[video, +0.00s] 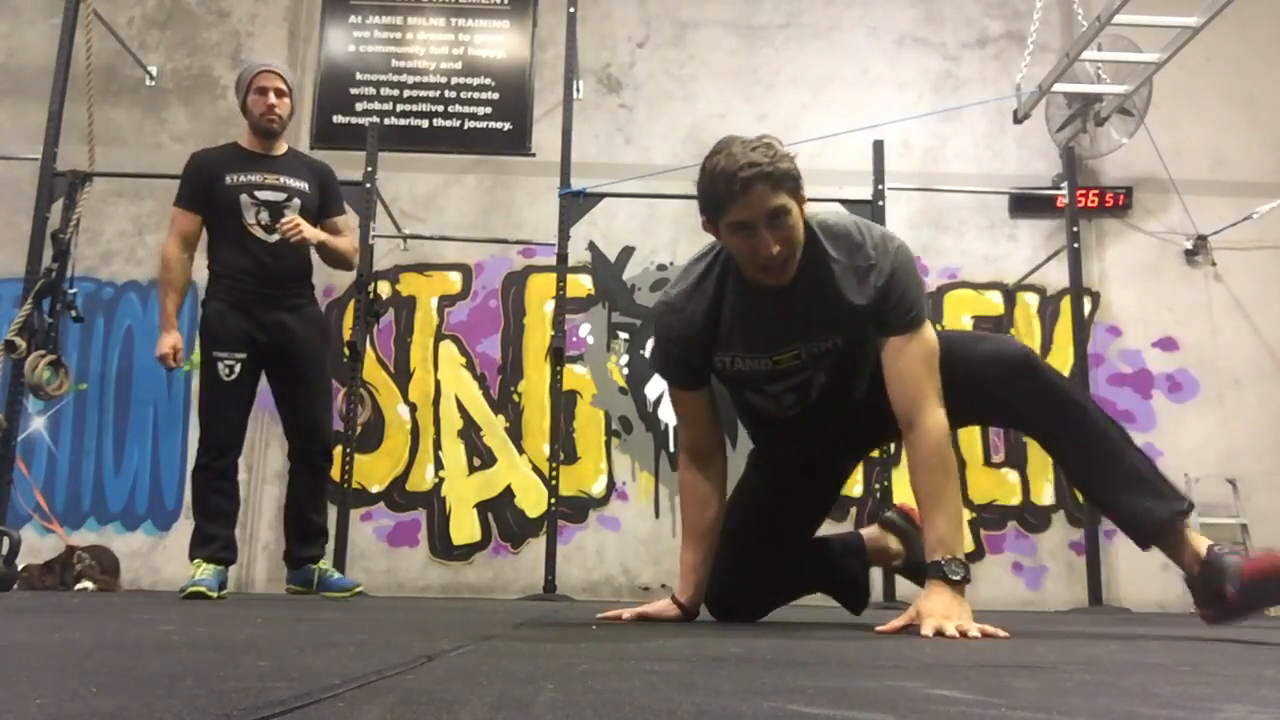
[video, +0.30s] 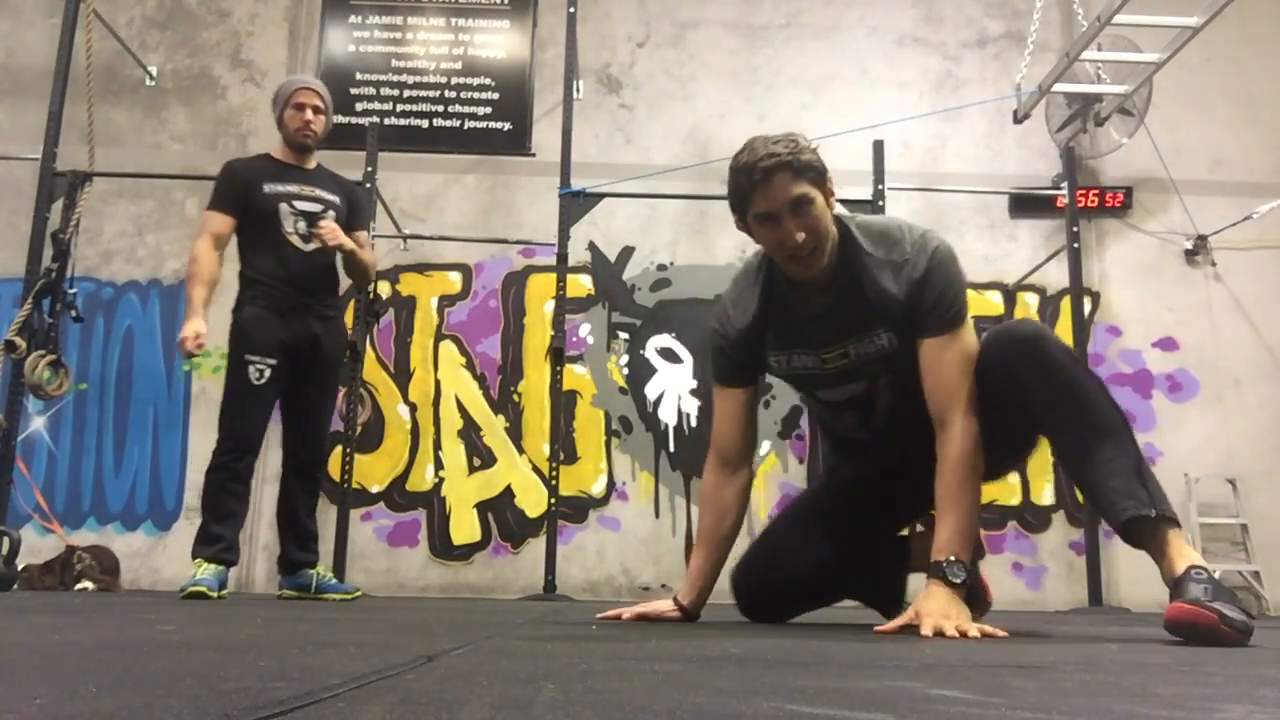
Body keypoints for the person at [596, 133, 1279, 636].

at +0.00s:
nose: (773, 242)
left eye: (782, 218)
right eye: (749, 230)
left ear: (802, 202)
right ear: (713, 231)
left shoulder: (873, 259)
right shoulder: (687, 314)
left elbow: (925, 424)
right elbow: (699, 456)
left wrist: (947, 582)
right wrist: (684, 594)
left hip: (886, 383)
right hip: (796, 439)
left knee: (1016, 369)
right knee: (733, 594)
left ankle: (1202, 564)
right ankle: (877, 546)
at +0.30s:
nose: (792, 233)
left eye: (801, 208)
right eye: (768, 222)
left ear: (829, 192)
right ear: (746, 228)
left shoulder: (916, 262)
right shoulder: (742, 312)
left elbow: (956, 427)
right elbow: (727, 463)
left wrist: (949, 583)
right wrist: (687, 598)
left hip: (956, 438)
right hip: (866, 478)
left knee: (1025, 345)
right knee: (761, 592)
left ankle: (1184, 570)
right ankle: (921, 556)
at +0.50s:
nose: (815, 235)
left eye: (823, 212)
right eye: (792, 228)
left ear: (854, 204)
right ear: (775, 244)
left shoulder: (944, 273)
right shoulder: (780, 330)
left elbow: (975, 434)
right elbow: (747, 473)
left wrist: (948, 579)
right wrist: (690, 596)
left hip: (998, 447)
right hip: (908, 481)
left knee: (1066, 339)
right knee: (810, 591)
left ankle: (1190, 572)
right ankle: (963, 565)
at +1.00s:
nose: (851, 173)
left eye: (861, 154)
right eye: (831, 166)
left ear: (892, 160)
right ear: (819, 190)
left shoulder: (975, 237)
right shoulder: (825, 307)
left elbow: (1011, 376)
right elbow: (854, 422)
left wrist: (961, 495)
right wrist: (874, 500)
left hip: (1009, 463)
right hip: (913, 489)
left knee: (1107, 335)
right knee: (799, 590)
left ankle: (1189, 570)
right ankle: (950, 562)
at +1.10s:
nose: (854, 167)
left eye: (864, 149)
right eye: (835, 160)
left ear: (896, 156)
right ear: (824, 185)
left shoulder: (978, 238)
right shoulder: (826, 302)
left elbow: (1004, 379)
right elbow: (854, 421)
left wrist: (952, 499)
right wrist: (903, 513)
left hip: (1005, 470)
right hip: (908, 493)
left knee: (1098, 339)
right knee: (798, 590)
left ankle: (1188, 571)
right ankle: (948, 558)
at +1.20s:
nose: (857, 163)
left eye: (868, 145)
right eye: (838, 156)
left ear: (899, 154)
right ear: (827, 182)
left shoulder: (980, 238)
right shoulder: (827, 301)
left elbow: (997, 381)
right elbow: (849, 419)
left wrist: (953, 501)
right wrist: (885, 503)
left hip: (1003, 471)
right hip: (907, 491)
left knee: (1091, 342)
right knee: (795, 591)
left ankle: (1186, 572)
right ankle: (946, 556)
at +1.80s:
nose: (855, 165)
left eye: (867, 148)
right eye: (837, 156)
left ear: (899, 157)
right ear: (821, 180)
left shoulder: (974, 244)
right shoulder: (820, 292)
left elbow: (1000, 384)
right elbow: (782, 409)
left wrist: (956, 501)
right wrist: (676, 394)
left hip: (998, 460)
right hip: (902, 479)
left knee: (1093, 352)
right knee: (794, 591)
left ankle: (1193, 581)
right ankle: (933, 563)